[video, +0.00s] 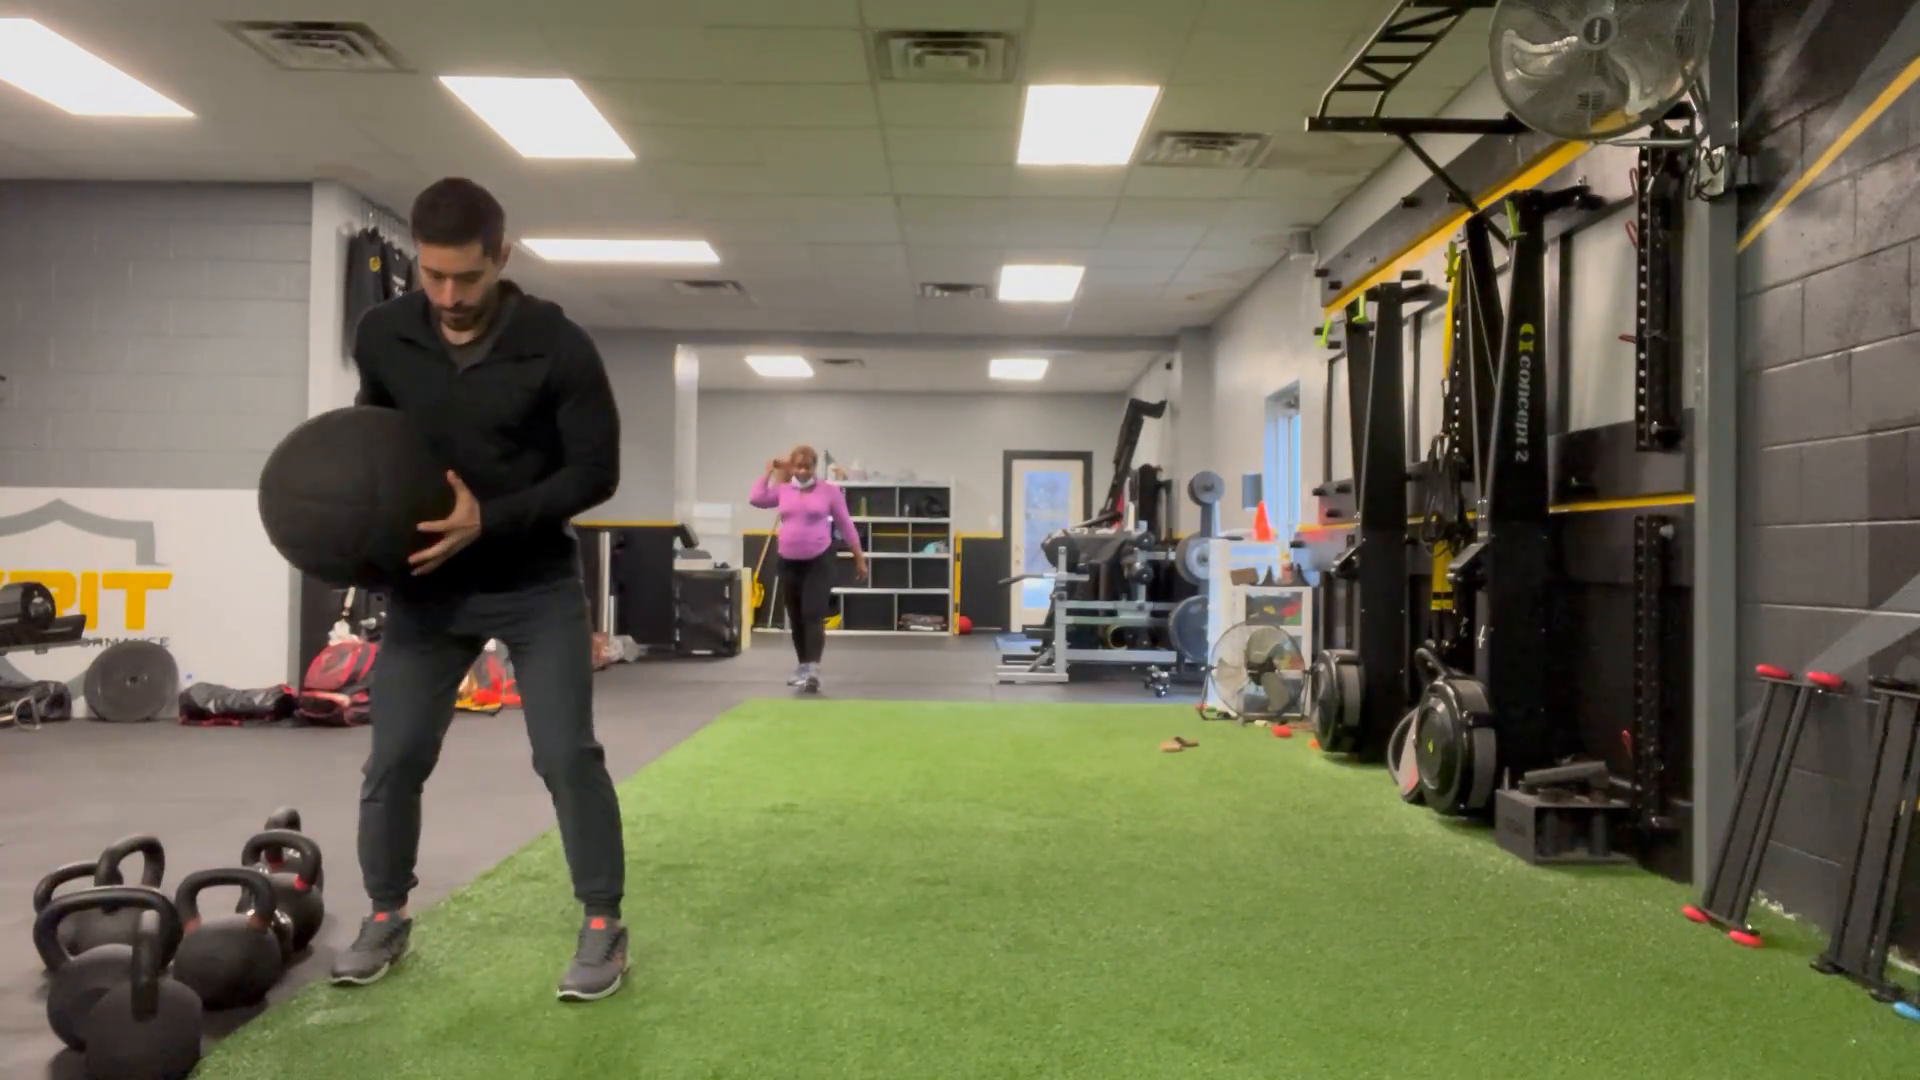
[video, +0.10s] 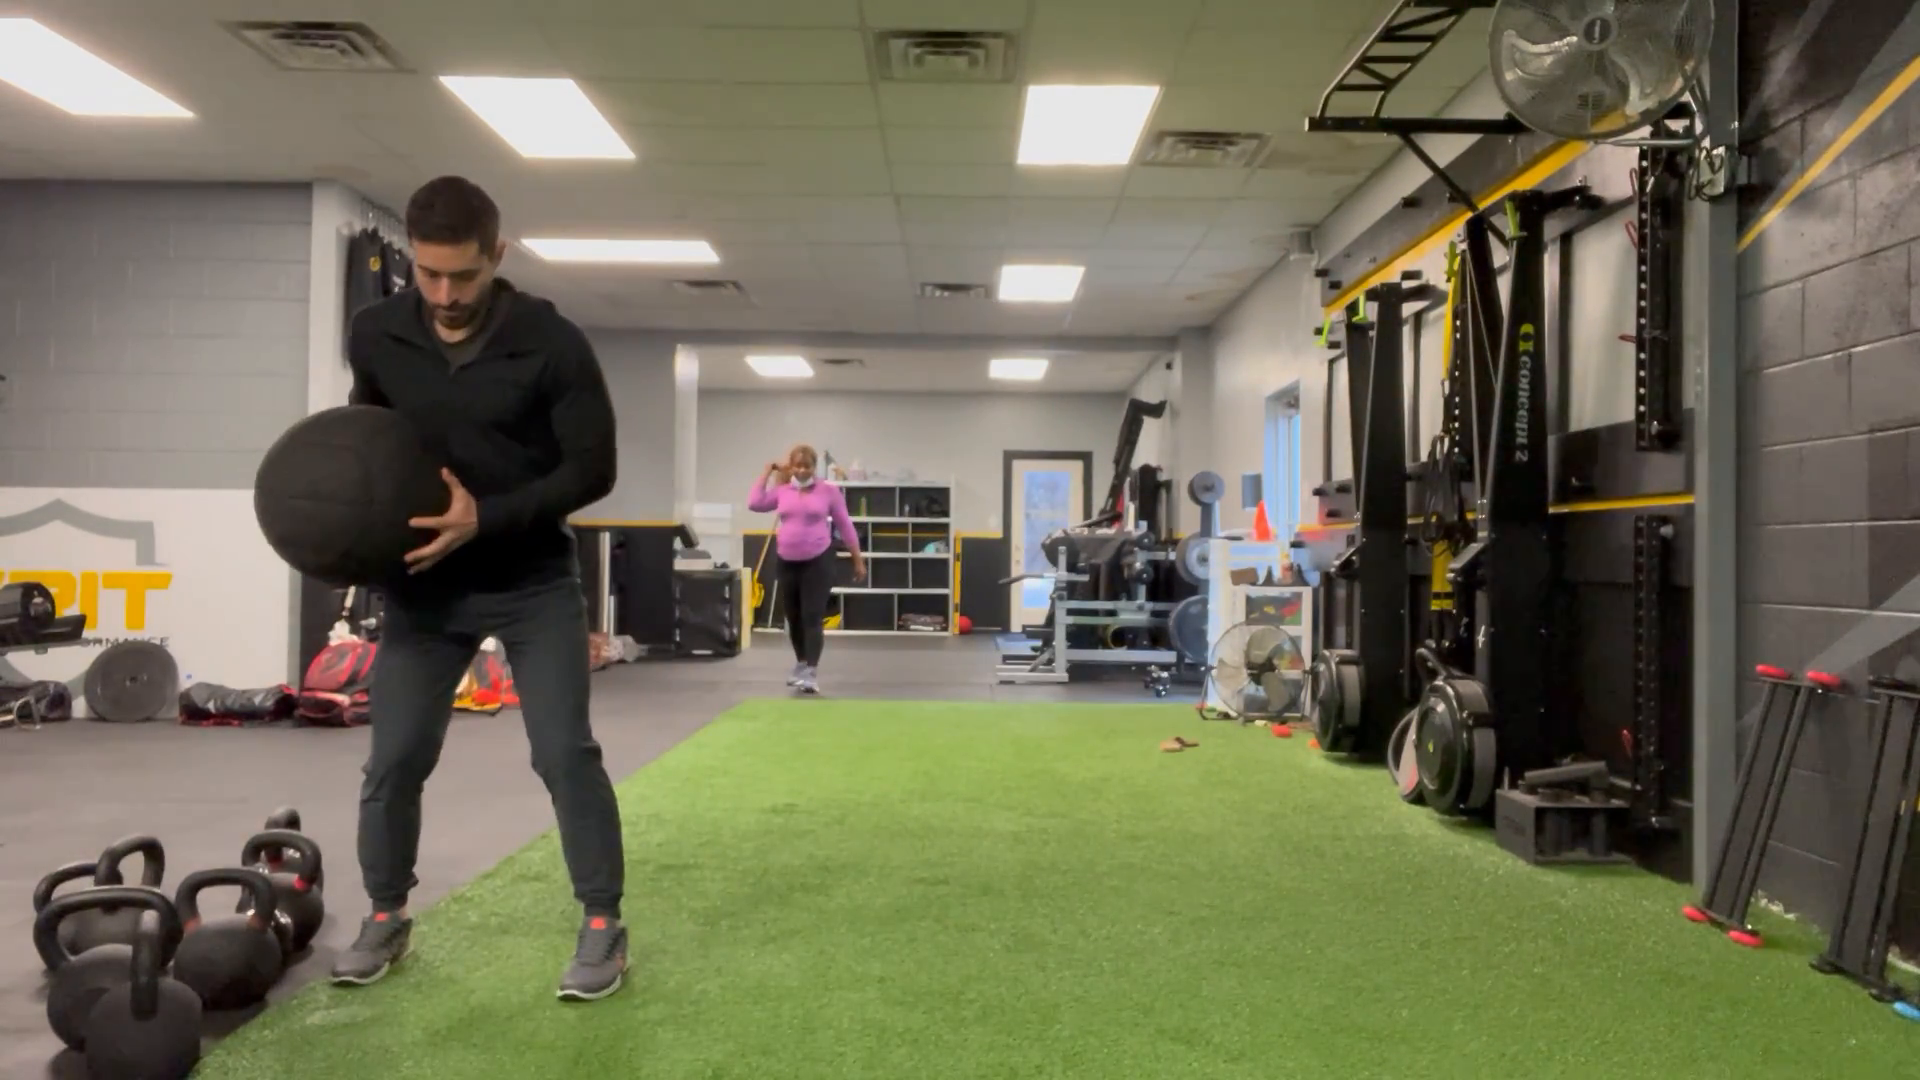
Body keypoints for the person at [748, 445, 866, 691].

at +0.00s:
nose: (801, 471)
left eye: (805, 466)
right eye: (797, 466)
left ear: (814, 467)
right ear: (790, 467)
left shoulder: (829, 491)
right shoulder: (783, 490)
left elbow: (846, 524)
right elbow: (756, 498)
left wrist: (859, 557)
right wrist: (768, 472)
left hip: (818, 559)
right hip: (789, 560)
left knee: (812, 612)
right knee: (796, 614)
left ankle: (813, 667)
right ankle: (802, 665)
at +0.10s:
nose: (801, 470)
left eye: (805, 465)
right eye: (797, 465)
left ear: (813, 467)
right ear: (790, 467)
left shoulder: (828, 491)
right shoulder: (783, 491)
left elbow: (845, 524)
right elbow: (755, 503)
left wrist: (857, 558)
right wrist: (766, 474)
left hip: (817, 560)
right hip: (787, 561)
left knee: (812, 614)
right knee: (793, 614)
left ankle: (811, 671)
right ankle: (801, 663)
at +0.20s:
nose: (801, 467)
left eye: (806, 462)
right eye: (797, 463)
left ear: (813, 464)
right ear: (790, 465)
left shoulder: (829, 490)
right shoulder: (783, 491)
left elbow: (845, 524)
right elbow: (755, 508)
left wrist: (852, 556)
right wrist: (764, 475)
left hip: (817, 559)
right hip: (787, 560)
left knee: (813, 616)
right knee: (785, 619)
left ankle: (811, 672)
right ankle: (797, 656)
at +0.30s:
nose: (801, 465)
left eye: (805, 460)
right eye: (797, 461)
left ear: (813, 462)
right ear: (789, 464)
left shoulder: (829, 489)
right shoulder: (782, 489)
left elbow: (845, 523)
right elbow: (756, 512)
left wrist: (840, 547)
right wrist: (760, 477)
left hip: (815, 559)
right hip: (783, 559)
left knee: (813, 616)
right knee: (775, 614)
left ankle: (810, 674)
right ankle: (792, 652)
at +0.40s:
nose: (801, 463)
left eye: (805, 459)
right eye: (796, 459)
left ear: (811, 460)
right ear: (787, 462)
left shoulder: (826, 486)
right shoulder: (781, 488)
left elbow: (843, 520)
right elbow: (759, 517)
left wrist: (821, 524)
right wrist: (757, 485)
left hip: (813, 556)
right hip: (780, 556)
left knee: (809, 616)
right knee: (771, 611)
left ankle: (809, 674)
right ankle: (781, 663)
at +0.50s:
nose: (799, 463)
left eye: (803, 458)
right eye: (793, 460)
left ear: (809, 459)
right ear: (784, 463)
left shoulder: (821, 484)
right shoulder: (779, 488)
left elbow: (832, 512)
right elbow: (759, 521)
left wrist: (800, 503)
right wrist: (754, 488)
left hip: (811, 557)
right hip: (778, 557)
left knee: (808, 617)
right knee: (771, 614)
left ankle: (809, 675)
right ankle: (766, 675)